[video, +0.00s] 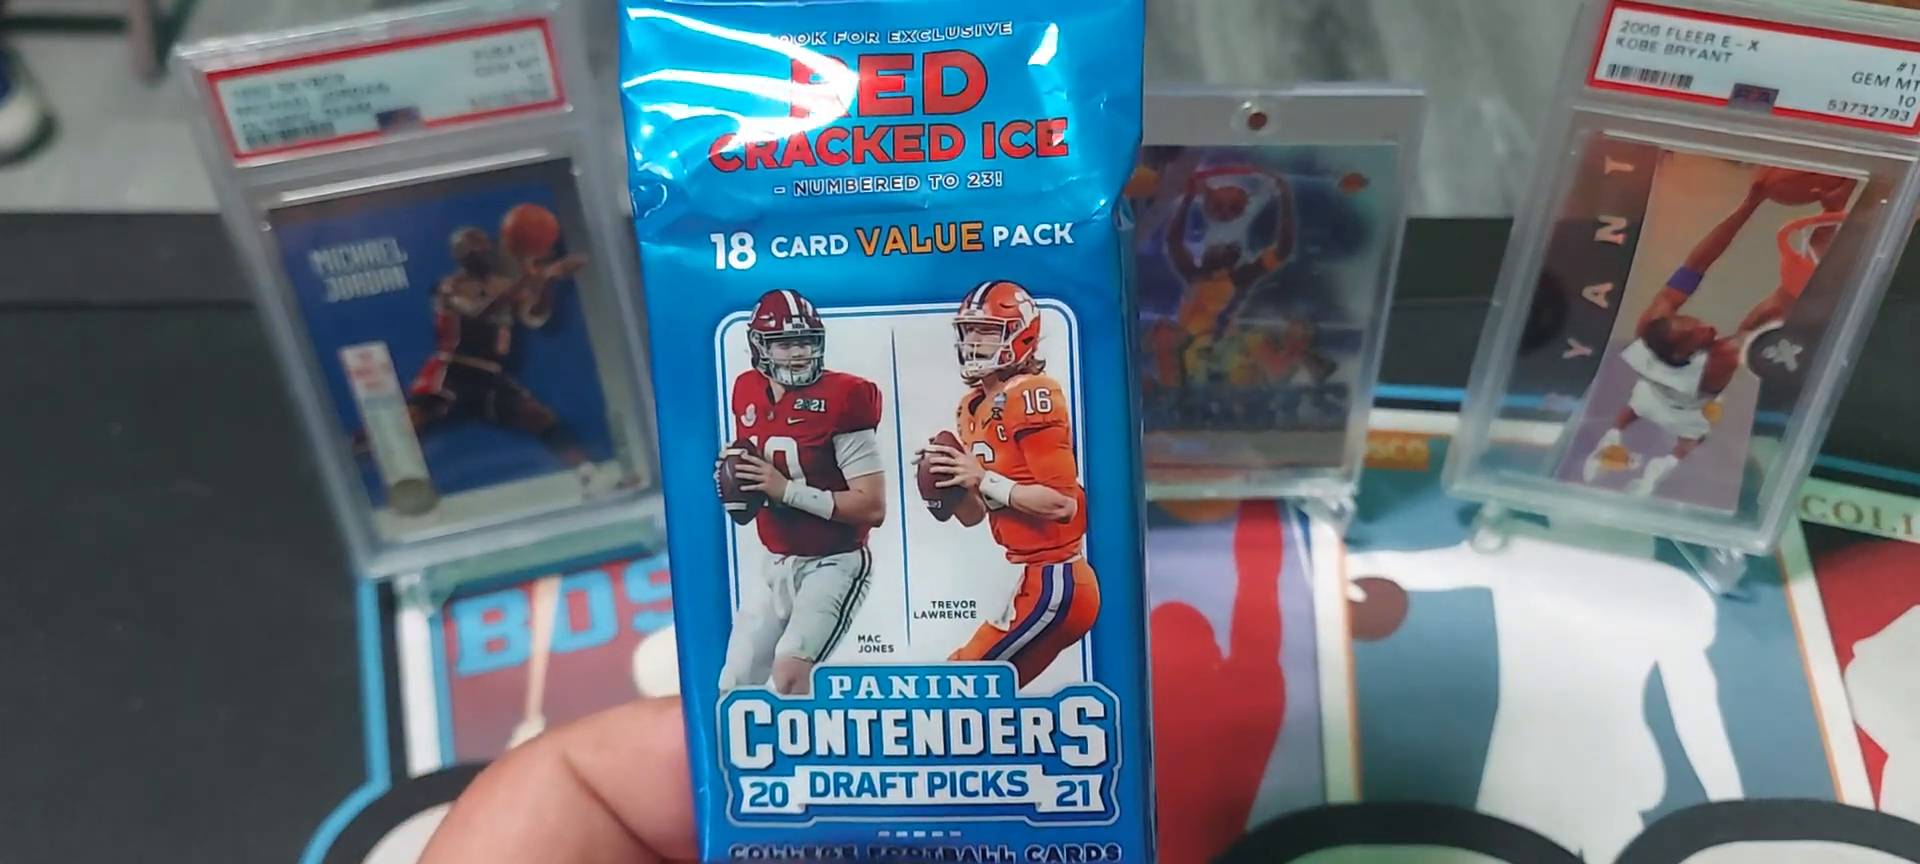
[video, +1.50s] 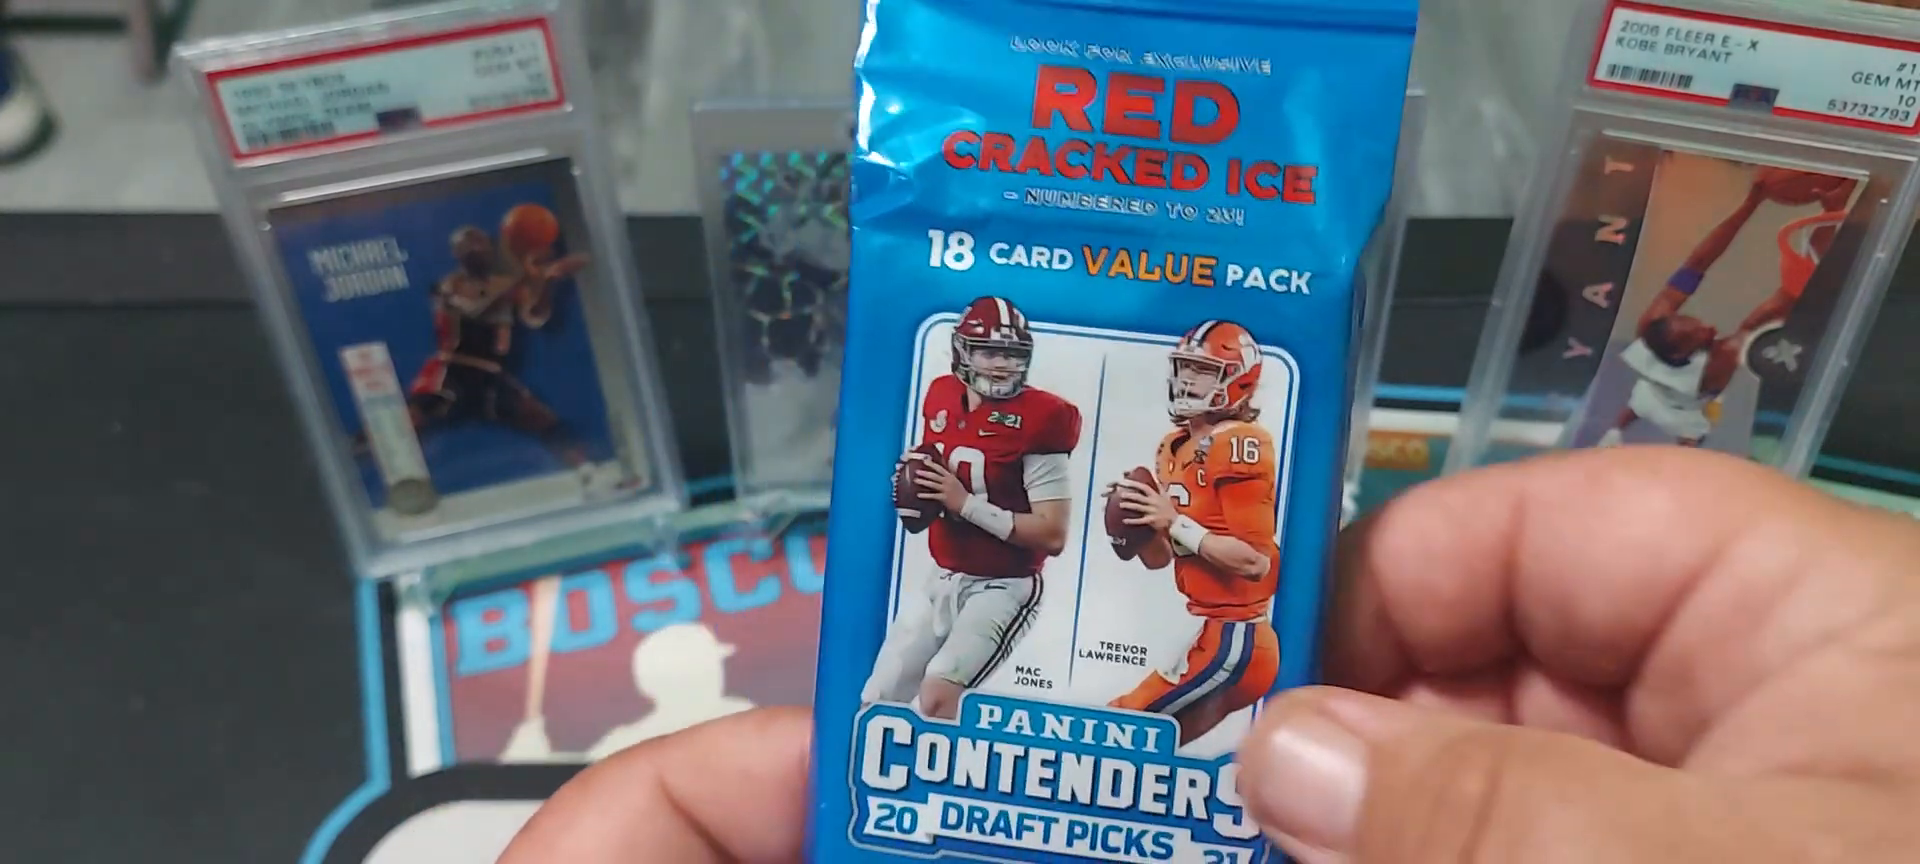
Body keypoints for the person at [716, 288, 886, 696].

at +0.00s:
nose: (796, 353)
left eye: (804, 342)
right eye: (783, 343)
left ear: (818, 344)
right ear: (760, 346)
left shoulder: (846, 397)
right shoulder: (747, 390)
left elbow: (872, 507)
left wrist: (786, 490)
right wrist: (732, 475)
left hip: (837, 563)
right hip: (775, 565)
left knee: (788, 677)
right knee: (734, 685)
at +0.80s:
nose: (781, 366)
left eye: (790, 354)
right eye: (767, 356)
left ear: (804, 357)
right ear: (745, 361)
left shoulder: (834, 413)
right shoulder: (735, 404)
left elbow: (862, 524)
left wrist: (773, 506)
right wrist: (720, 499)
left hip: (827, 581)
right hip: (766, 583)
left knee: (780, 694)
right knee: (724, 705)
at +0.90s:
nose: (852, 384)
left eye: (861, 372)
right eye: (838, 373)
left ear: (875, 375)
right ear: (813, 377)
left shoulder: (902, 432)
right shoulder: (802, 420)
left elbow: (925, 546)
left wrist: (836, 524)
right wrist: (783, 514)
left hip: (887, 602)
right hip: (826, 602)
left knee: (836, 715)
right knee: (779, 726)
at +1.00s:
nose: (904, 412)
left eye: (914, 400)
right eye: (890, 400)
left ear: (928, 402)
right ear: (865, 403)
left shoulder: (956, 461)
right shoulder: (852, 447)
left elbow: (975, 577)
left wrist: (885, 553)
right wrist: (832, 543)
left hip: (935, 635)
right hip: (871, 632)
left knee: (881, 748)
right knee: (823, 757)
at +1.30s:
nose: (959, 402)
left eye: (968, 391)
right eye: (946, 391)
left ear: (982, 394)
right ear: (919, 393)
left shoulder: (1004, 453)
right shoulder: (901, 436)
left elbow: (1021, 570)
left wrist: (932, 544)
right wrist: (877, 527)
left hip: (977, 626)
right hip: (910, 621)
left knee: (916, 738)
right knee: (858, 743)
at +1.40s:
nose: (979, 379)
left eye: (990, 367)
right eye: (967, 367)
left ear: (1004, 371)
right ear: (941, 369)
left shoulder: (1025, 429)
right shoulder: (923, 409)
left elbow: (1035, 547)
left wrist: (947, 517)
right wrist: (895, 494)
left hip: (991, 600)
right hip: (927, 594)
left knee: (926, 707)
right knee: (867, 712)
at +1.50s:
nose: (1003, 364)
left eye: (1014, 354)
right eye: (989, 352)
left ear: (1026, 358)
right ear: (963, 352)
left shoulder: (1045, 417)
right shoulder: (942, 394)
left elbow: (1053, 534)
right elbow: (933, 469)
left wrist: (966, 504)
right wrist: (911, 480)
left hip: (1006, 588)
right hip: (941, 580)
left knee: (937, 697)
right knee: (878, 698)